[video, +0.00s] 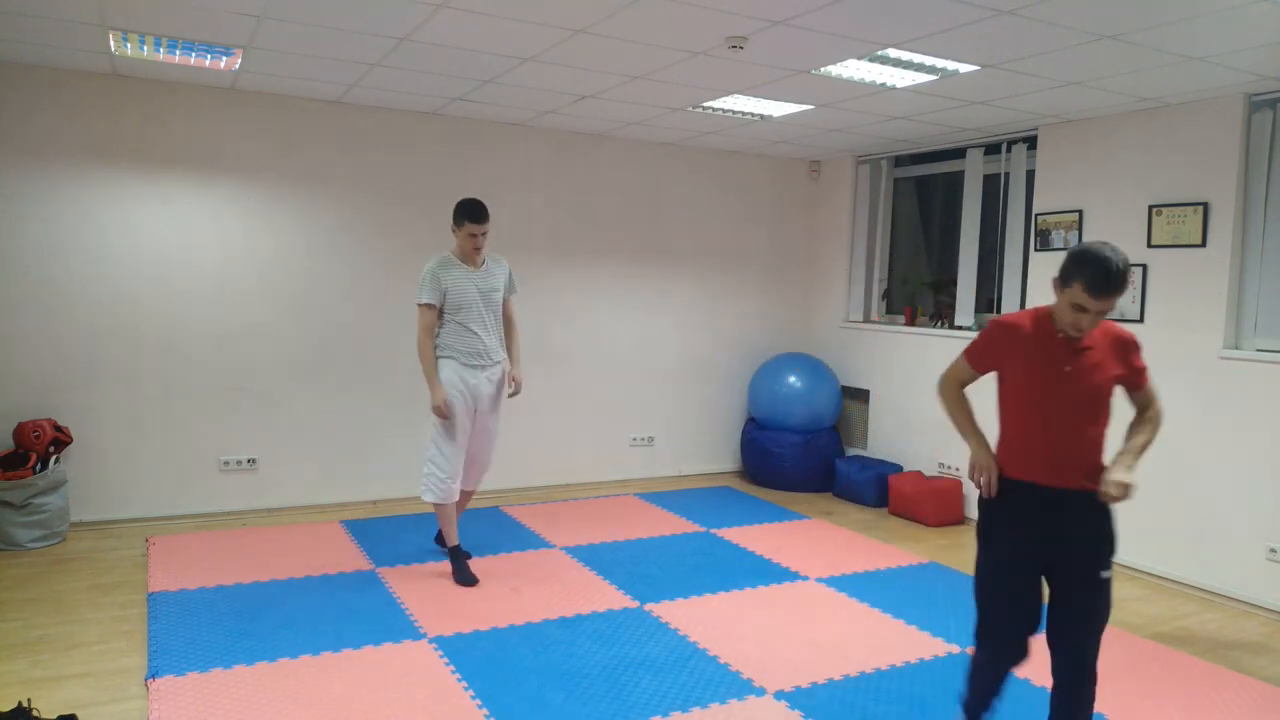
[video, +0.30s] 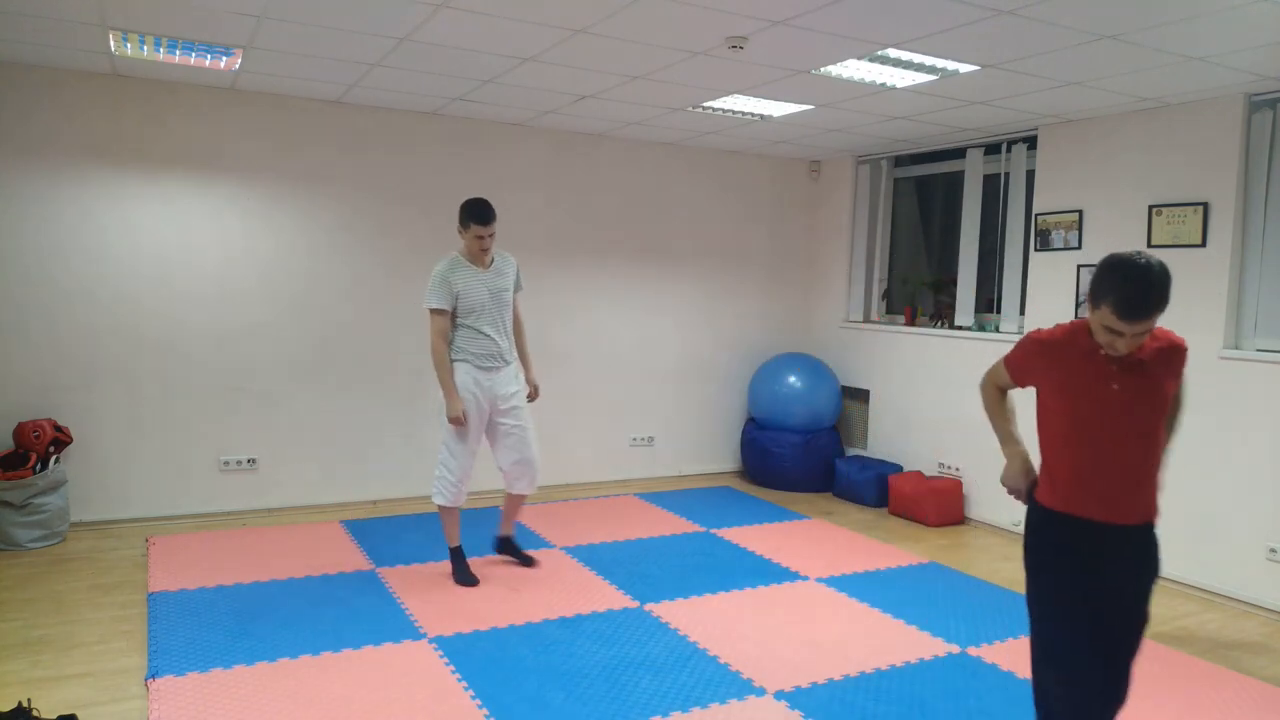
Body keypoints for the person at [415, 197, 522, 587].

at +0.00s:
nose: (479, 240)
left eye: (484, 233)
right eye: (472, 235)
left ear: (490, 230)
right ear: (455, 231)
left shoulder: (499, 268)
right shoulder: (438, 271)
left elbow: (508, 321)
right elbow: (425, 335)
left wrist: (514, 363)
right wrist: (434, 388)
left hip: (492, 375)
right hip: (454, 374)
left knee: (479, 459)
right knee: (448, 460)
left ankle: (447, 528)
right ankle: (455, 550)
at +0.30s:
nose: (486, 243)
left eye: (491, 236)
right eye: (479, 237)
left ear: (496, 230)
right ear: (461, 232)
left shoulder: (507, 266)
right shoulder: (446, 273)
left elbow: (515, 321)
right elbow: (438, 341)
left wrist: (528, 371)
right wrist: (450, 396)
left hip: (507, 377)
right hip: (467, 379)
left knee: (524, 463)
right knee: (455, 467)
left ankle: (505, 537)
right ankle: (456, 553)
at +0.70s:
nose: (537, 246)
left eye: (542, 239)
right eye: (530, 239)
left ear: (547, 237)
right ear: (513, 234)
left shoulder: (554, 274)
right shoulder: (491, 272)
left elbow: (554, 330)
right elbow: (470, 332)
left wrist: (556, 380)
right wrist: (464, 391)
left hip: (541, 384)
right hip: (497, 383)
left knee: (562, 469)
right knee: (478, 470)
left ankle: (569, 563)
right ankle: (460, 558)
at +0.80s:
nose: (554, 244)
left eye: (559, 238)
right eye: (547, 237)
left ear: (564, 237)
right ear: (530, 233)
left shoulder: (569, 277)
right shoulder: (507, 270)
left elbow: (570, 335)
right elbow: (483, 331)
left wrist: (577, 389)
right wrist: (479, 390)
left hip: (556, 385)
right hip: (511, 384)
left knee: (575, 472)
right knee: (491, 471)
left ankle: (569, 564)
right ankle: (464, 557)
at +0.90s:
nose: (571, 243)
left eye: (577, 236)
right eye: (565, 236)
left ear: (581, 236)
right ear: (548, 232)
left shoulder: (586, 278)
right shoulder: (523, 269)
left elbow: (589, 335)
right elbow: (499, 327)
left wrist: (599, 392)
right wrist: (496, 386)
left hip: (570, 384)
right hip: (526, 383)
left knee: (580, 474)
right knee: (506, 470)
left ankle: (570, 564)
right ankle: (471, 553)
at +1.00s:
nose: (586, 242)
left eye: (591, 235)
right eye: (579, 234)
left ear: (596, 234)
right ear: (562, 230)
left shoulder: (600, 277)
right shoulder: (535, 266)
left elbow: (608, 337)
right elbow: (515, 324)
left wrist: (621, 392)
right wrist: (516, 383)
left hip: (579, 382)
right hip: (538, 381)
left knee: (583, 473)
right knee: (522, 471)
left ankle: (570, 564)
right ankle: (483, 549)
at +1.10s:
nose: (598, 241)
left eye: (603, 234)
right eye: (591, 233)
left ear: (608, 233)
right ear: (574, 229)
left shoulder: (612, 277)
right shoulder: (547, 266)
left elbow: (624, 337)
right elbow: (525, 324)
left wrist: (639, 392)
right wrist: (532, 378)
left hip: (586, 382)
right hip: (548, 379)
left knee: (586, 472)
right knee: (539, 471)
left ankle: (570, 563)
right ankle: (505, 554)